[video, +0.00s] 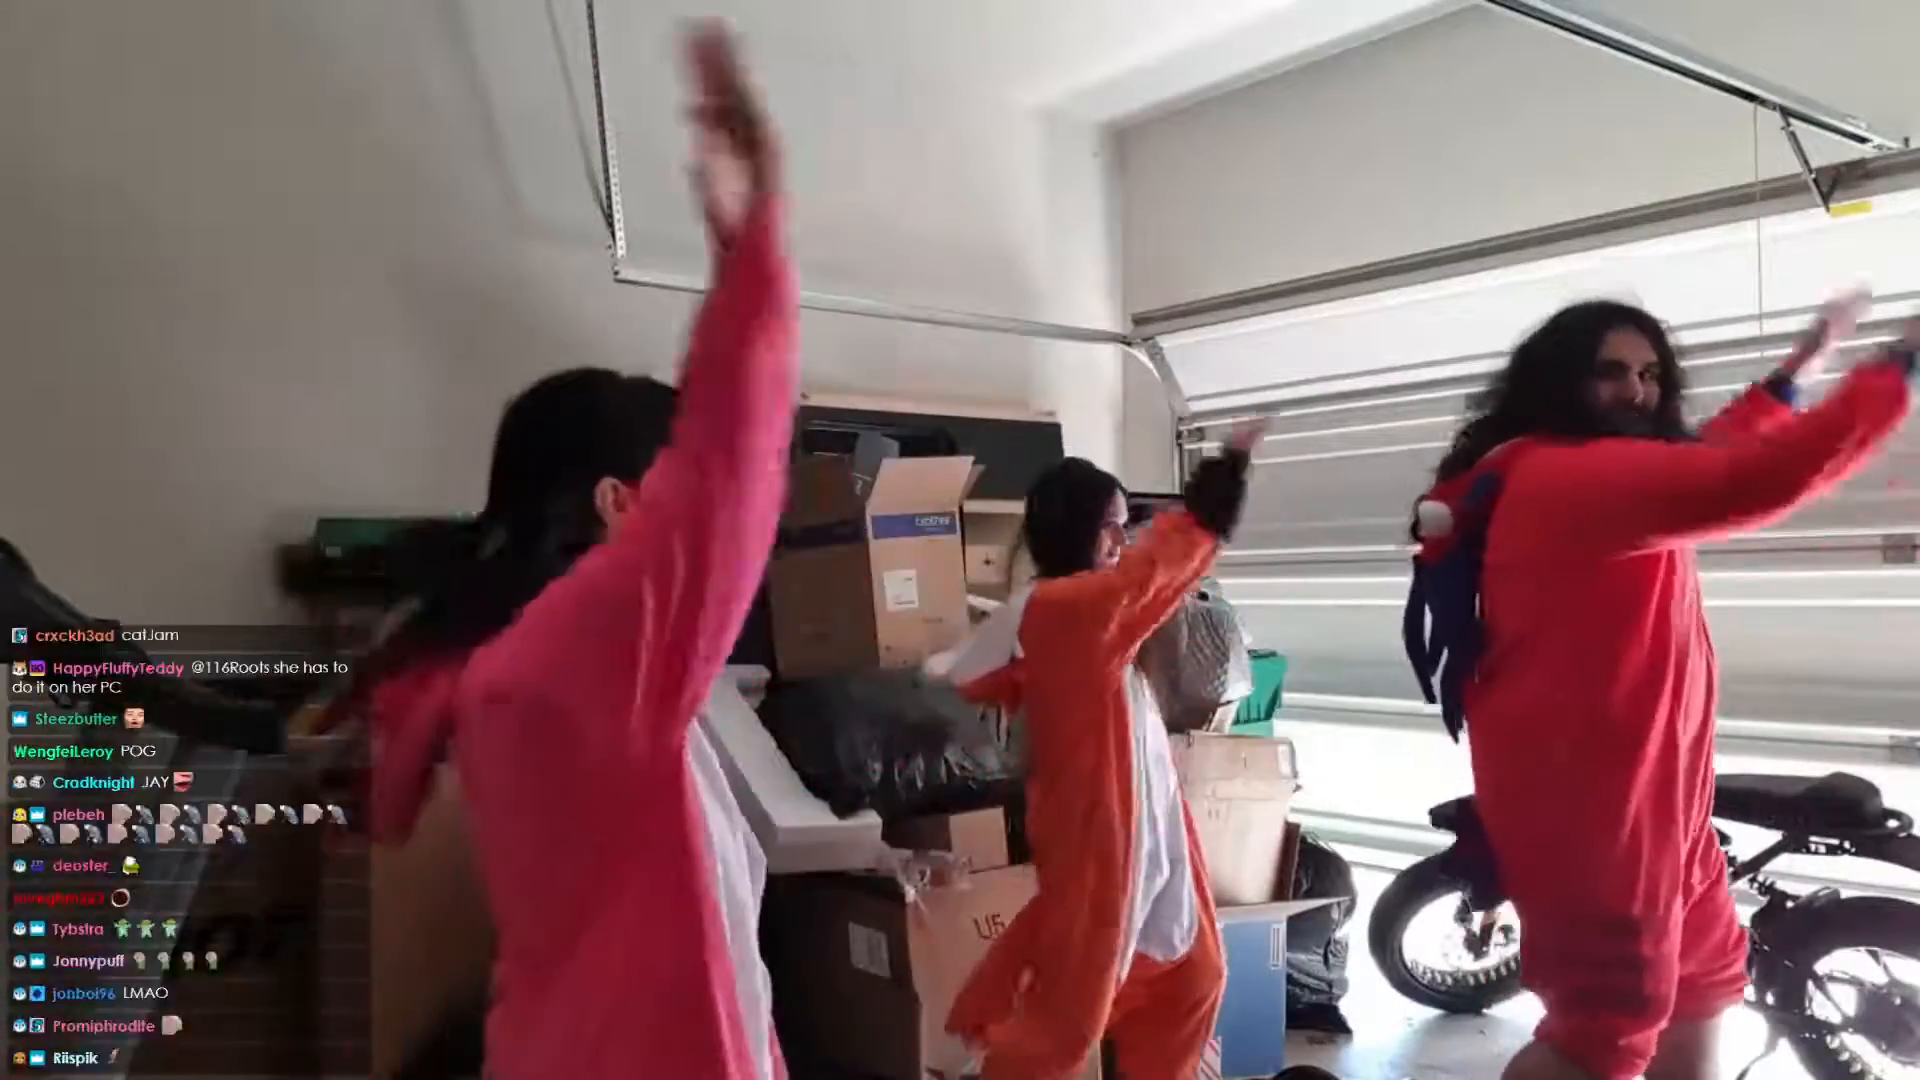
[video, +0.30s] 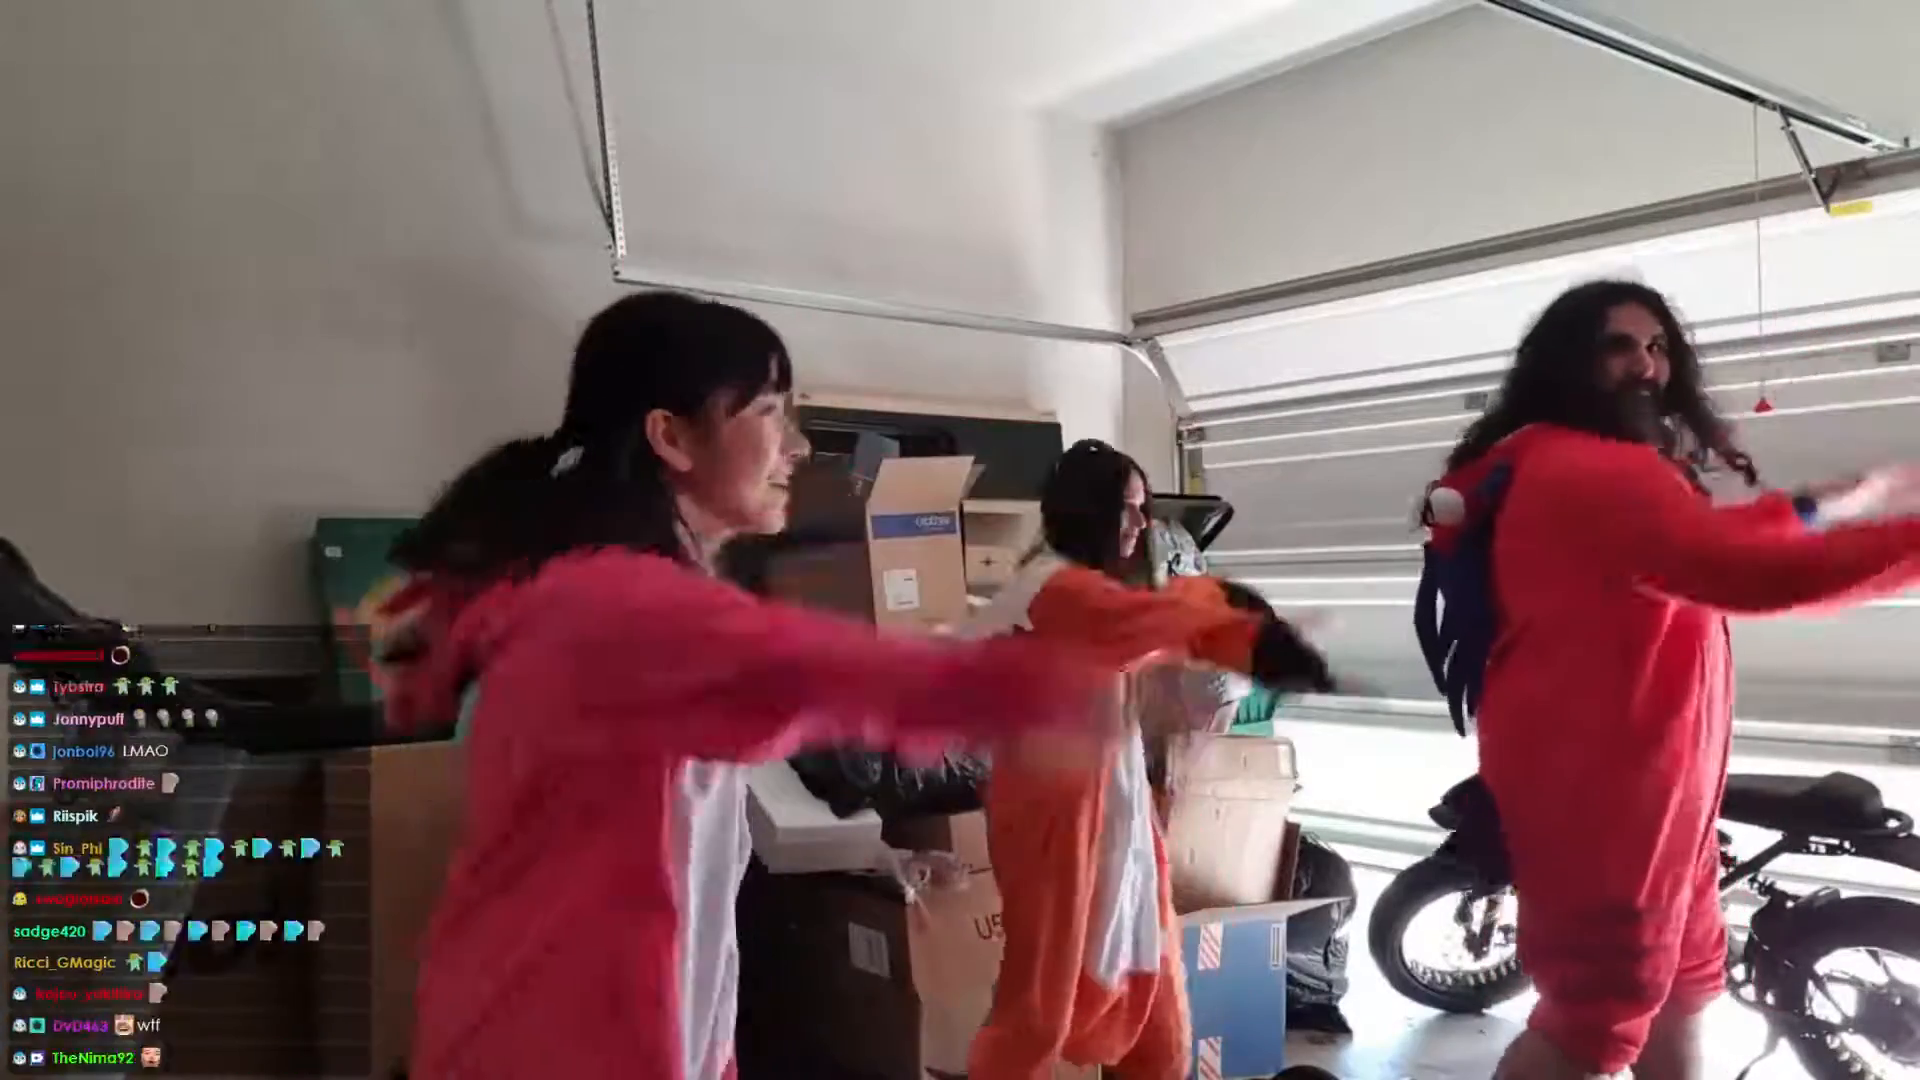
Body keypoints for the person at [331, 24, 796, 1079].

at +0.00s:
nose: (687, 511)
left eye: (689, 483)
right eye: (673, 480)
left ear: (587, 508)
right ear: (617, 504)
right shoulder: (561, 674)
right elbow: (731, 469)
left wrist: (744, 243)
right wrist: (754, 230)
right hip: (633, 1058)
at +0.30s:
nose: (793, 449)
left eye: (786, 417)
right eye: (767, 413)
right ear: (669, 437)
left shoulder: (663, 600)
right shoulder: (600, 601)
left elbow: (854, 679)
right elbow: (837, 674)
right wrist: (1081, 686)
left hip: (652, 1036)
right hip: (562, 1042)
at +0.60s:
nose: (758, 483)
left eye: (771, 455)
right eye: (715, 451)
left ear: (790, 479)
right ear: (627, 482)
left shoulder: (693, 653)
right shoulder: (621, 674)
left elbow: (785, 876)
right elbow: (728, 926)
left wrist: (879, 1044)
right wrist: (866, 1049)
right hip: (532, 1062)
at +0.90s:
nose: (660, 485)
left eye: (669, 461)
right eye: (620, 463)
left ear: (685, 474)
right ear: (531, 503)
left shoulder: (617, 664)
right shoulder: (561, 665)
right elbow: (727, 473)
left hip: (697, 1055)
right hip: (616, 1059)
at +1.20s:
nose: (787, 458)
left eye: (796, 434)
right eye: (745, 429)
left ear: (808, 459)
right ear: (652, 459)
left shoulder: (667, 609)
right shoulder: (643, 613)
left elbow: (853, 747)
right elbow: (865, 716)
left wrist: (1073, 774)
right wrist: (1121, 745)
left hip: (602, 1023)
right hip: (531, 1033)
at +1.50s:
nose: (787, 473)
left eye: (792, 447)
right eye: (747, 439)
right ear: (650, 458)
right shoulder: (646, 645)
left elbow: (810, 833)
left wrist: (931, 982)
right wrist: (935, 999)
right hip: (536, 1054)